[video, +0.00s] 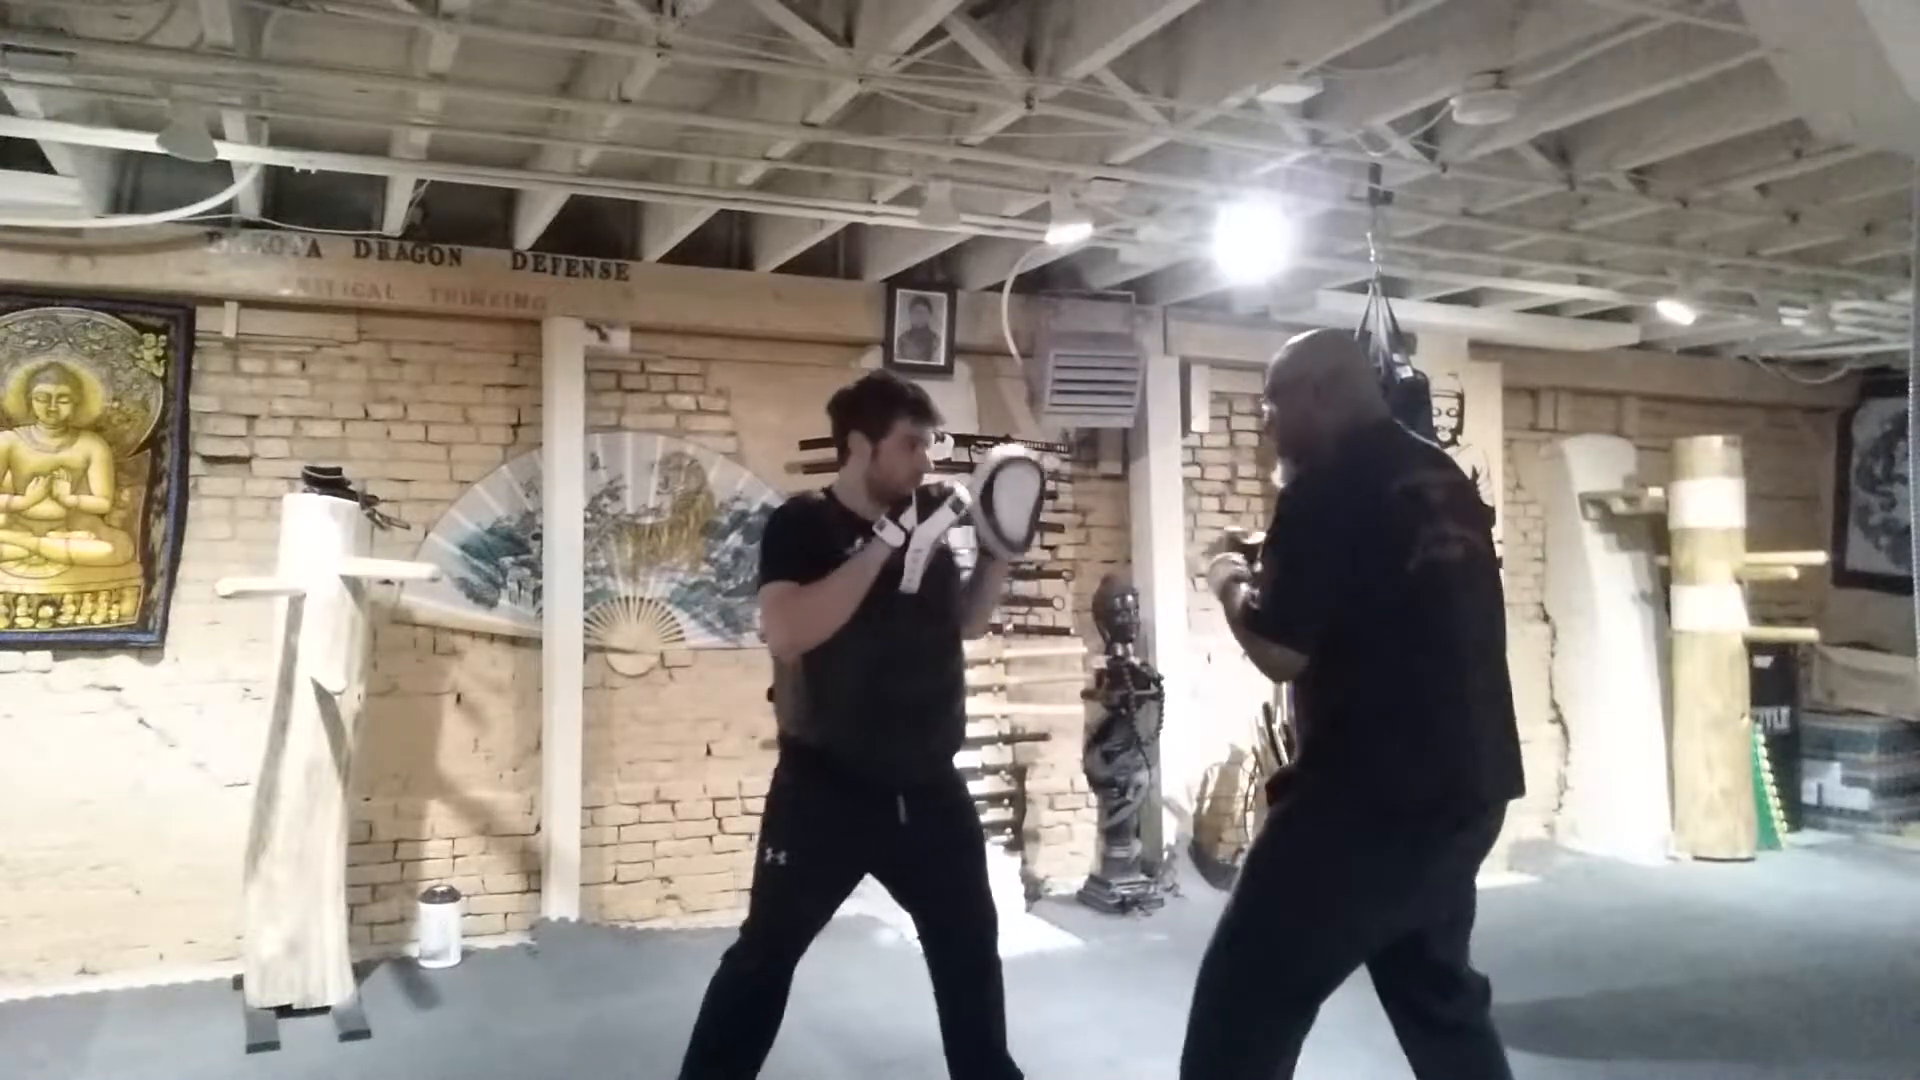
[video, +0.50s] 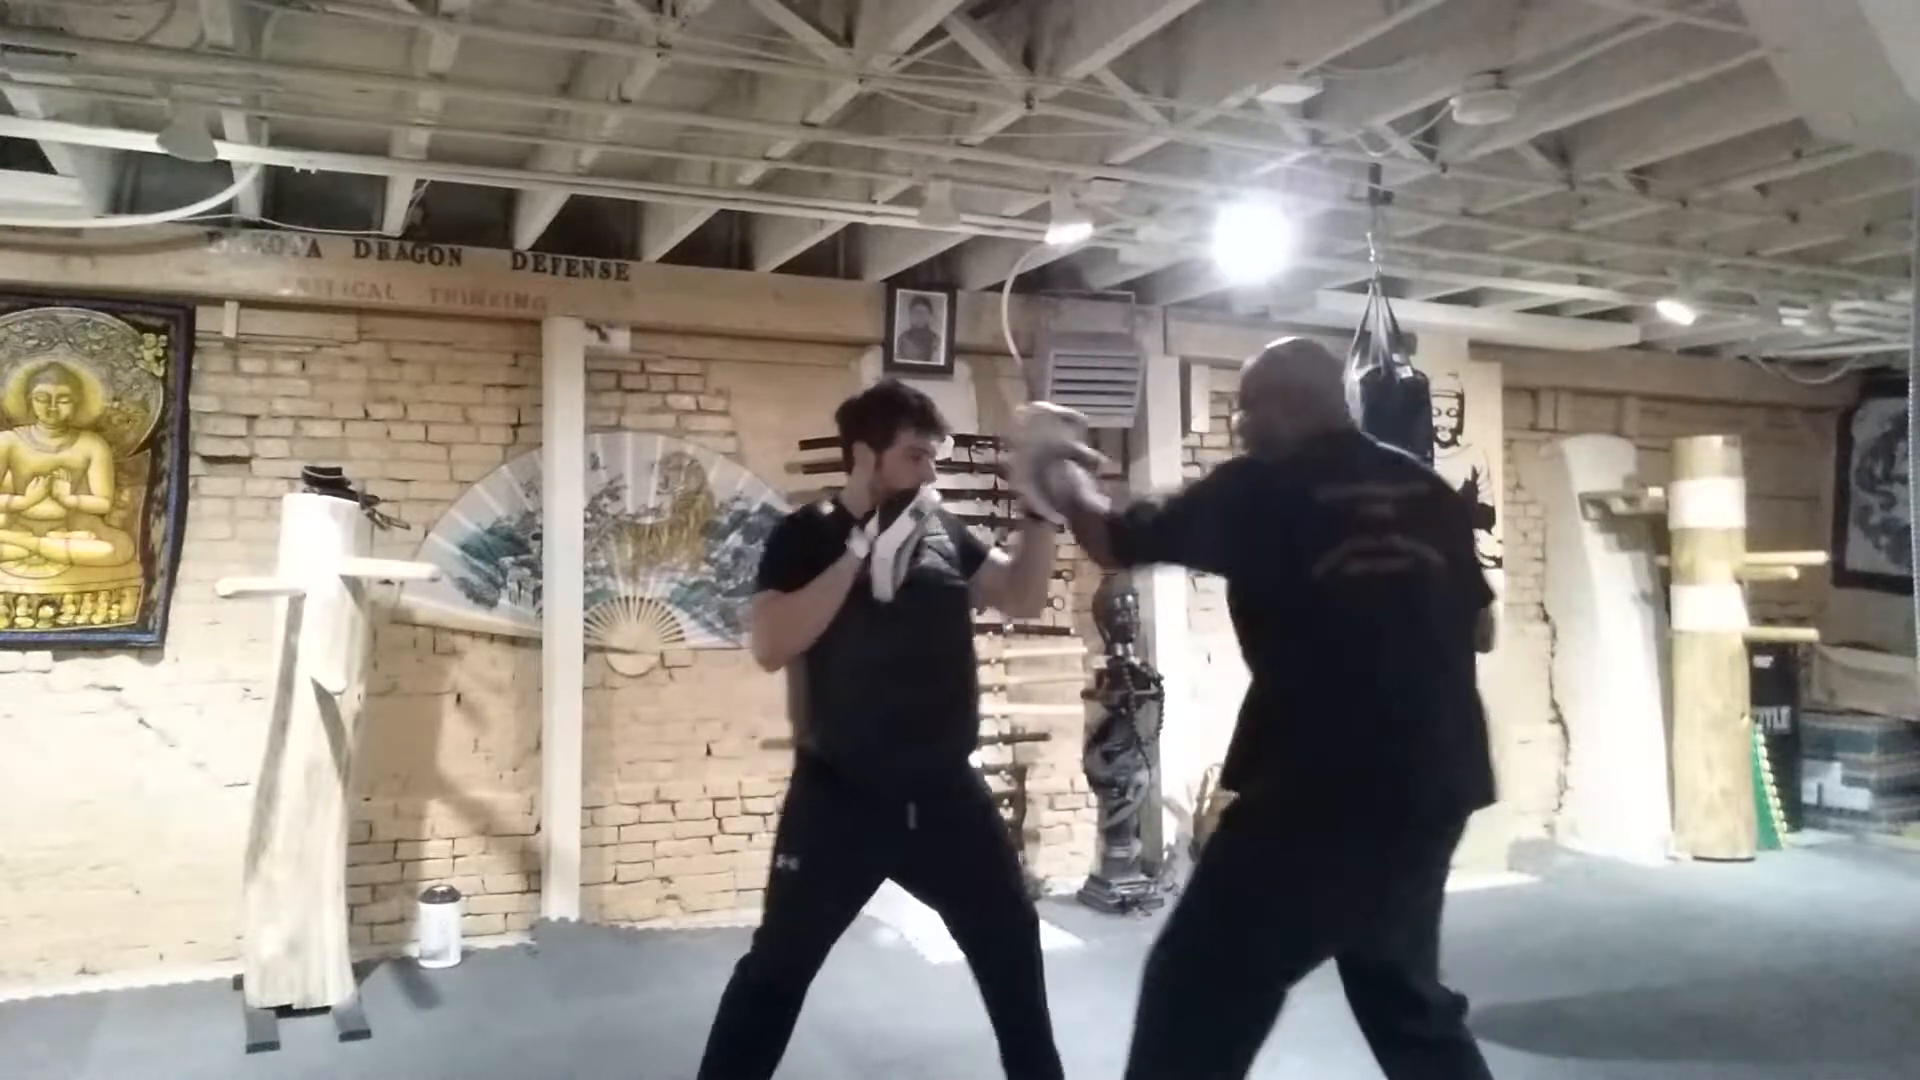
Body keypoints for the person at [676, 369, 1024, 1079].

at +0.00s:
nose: (925, 459)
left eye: (926, 444)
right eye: (912, 444)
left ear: (905, 450)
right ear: (860, 444)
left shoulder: (927, 531)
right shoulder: (799, 524)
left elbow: (965, 622)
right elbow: (784, 632)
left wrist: (999, 549)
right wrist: (883, 546)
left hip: (928, 789)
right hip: (824, 788)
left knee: (970, 962)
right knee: (763, 960)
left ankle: (988, 1077)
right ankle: (707, 1079)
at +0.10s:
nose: (936, 462)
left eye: (938, 447)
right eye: (923, 446)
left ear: (921, 451)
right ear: (871, 446)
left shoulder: (938, 535)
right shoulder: (806, 525)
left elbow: (988, 611)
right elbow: (786, 634)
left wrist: (1014, 531)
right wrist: (876, 550)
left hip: (933, 787)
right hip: (829, 787)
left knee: (979, 954)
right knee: (774, 951)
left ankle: (994, 1079)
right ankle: (710, 1078)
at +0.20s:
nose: (934, 470)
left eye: (936, 456)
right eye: (922, 453)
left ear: (924, 457)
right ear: (867, 450)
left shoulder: (940, 539)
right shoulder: (803, 532)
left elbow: (1000, 612)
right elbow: (778, 647)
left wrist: (1015, 525)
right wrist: (870, 557)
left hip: (934, 796)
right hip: (829, 797)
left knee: (989, 959)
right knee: (772, 973)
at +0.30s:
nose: (923, 476)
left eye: (925, 460)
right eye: (910, 459)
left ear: (914, 461)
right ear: (857, 457)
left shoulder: (927, 538)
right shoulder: (793, 540)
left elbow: (999, 611)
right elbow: (765, 656)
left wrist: (1010, 523)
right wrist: (852, 567)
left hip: (927, 797)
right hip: (821, 802)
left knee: (1002, 928)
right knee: (766, 977)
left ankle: (1001, 1077)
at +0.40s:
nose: (923, 474)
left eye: (925, 459)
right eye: (909, 460)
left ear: (878, 459)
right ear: (857, 458)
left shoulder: (930, 537)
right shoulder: (790, 538)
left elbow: (1010, 604)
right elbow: (757, 652)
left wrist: (1027, 513)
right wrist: (846, 567)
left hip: (929, 794)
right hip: (821, 801)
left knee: (1013, 921)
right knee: (765, 973)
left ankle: (1020, 1073)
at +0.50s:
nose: (929, 468)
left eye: (932, 455)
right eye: (915, 454)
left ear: (930, 456)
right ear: (864, 451)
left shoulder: (943, 534)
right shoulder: (805, 535)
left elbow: (1023, 596)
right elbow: (772, 644)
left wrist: (1038, 492)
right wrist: (857, 552)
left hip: (944, 794)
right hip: (838, 798)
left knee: (1012, 951)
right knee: (777, 970)